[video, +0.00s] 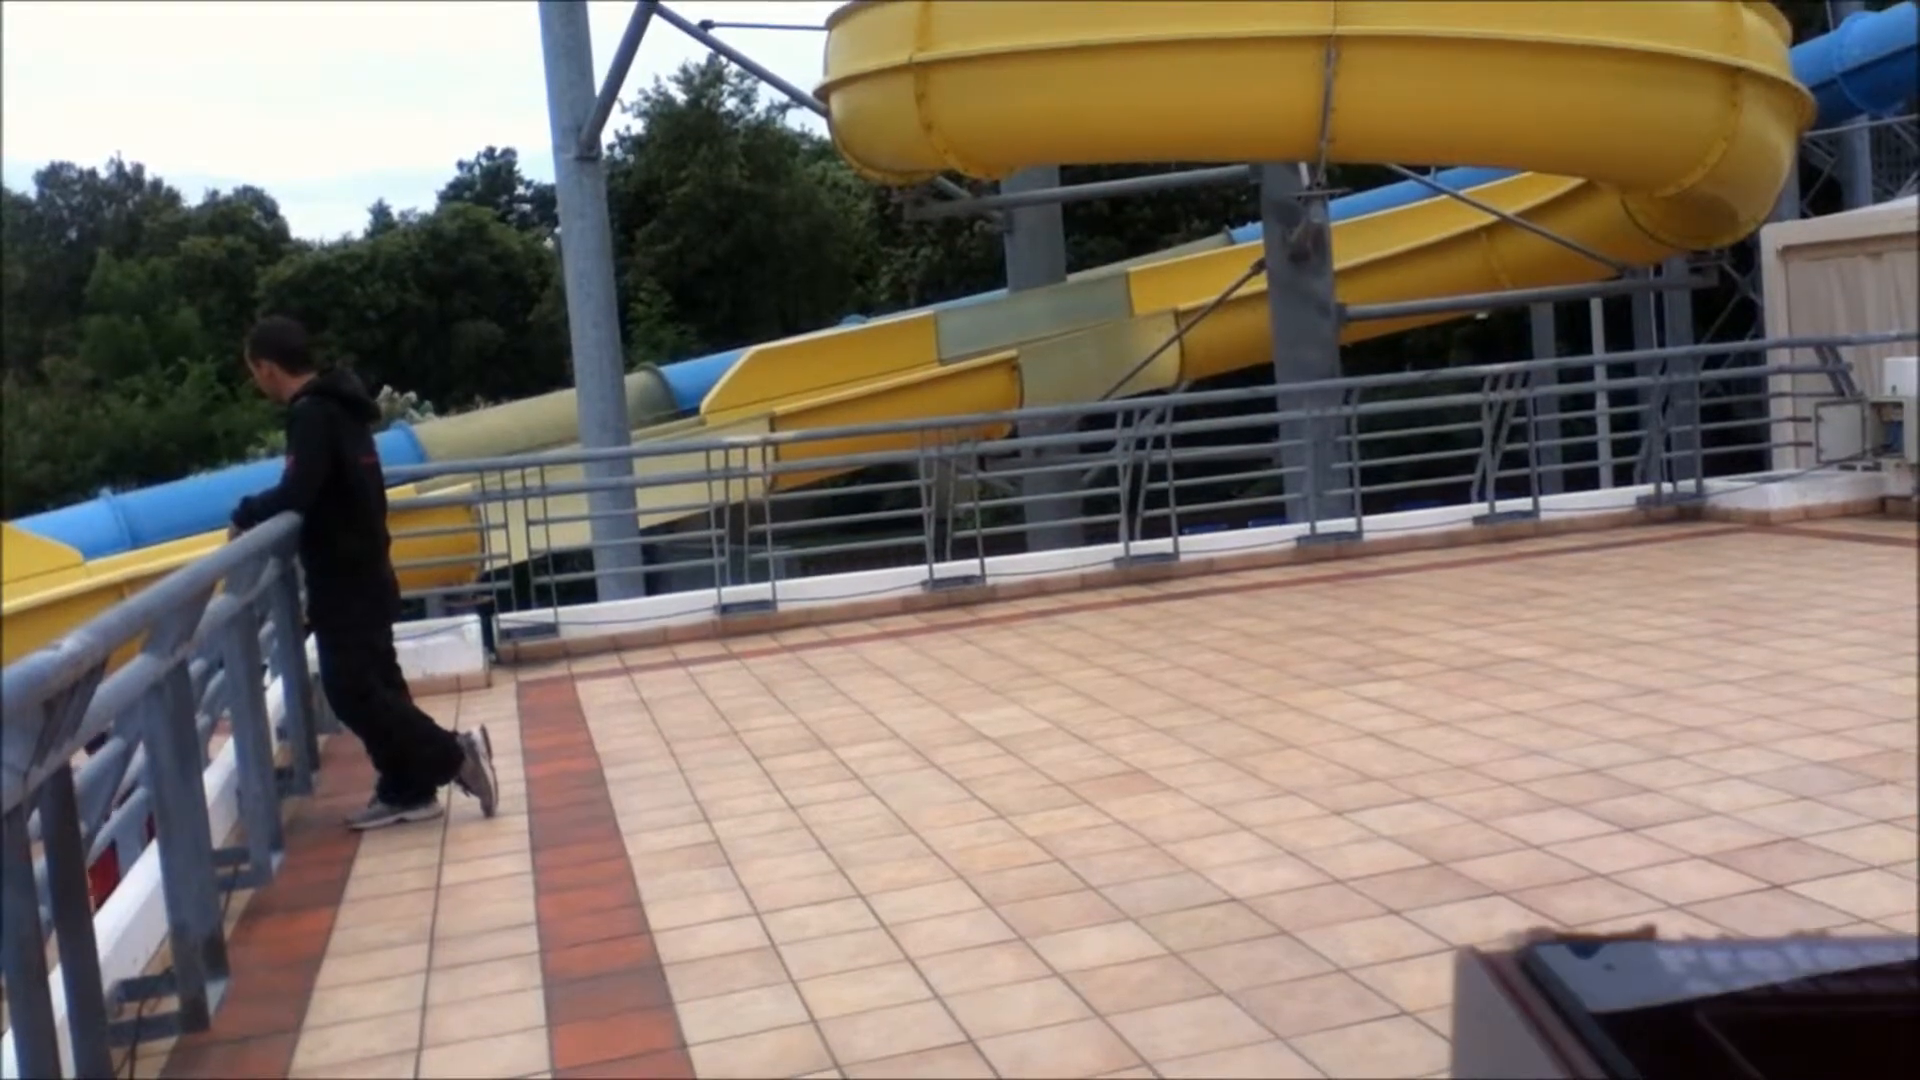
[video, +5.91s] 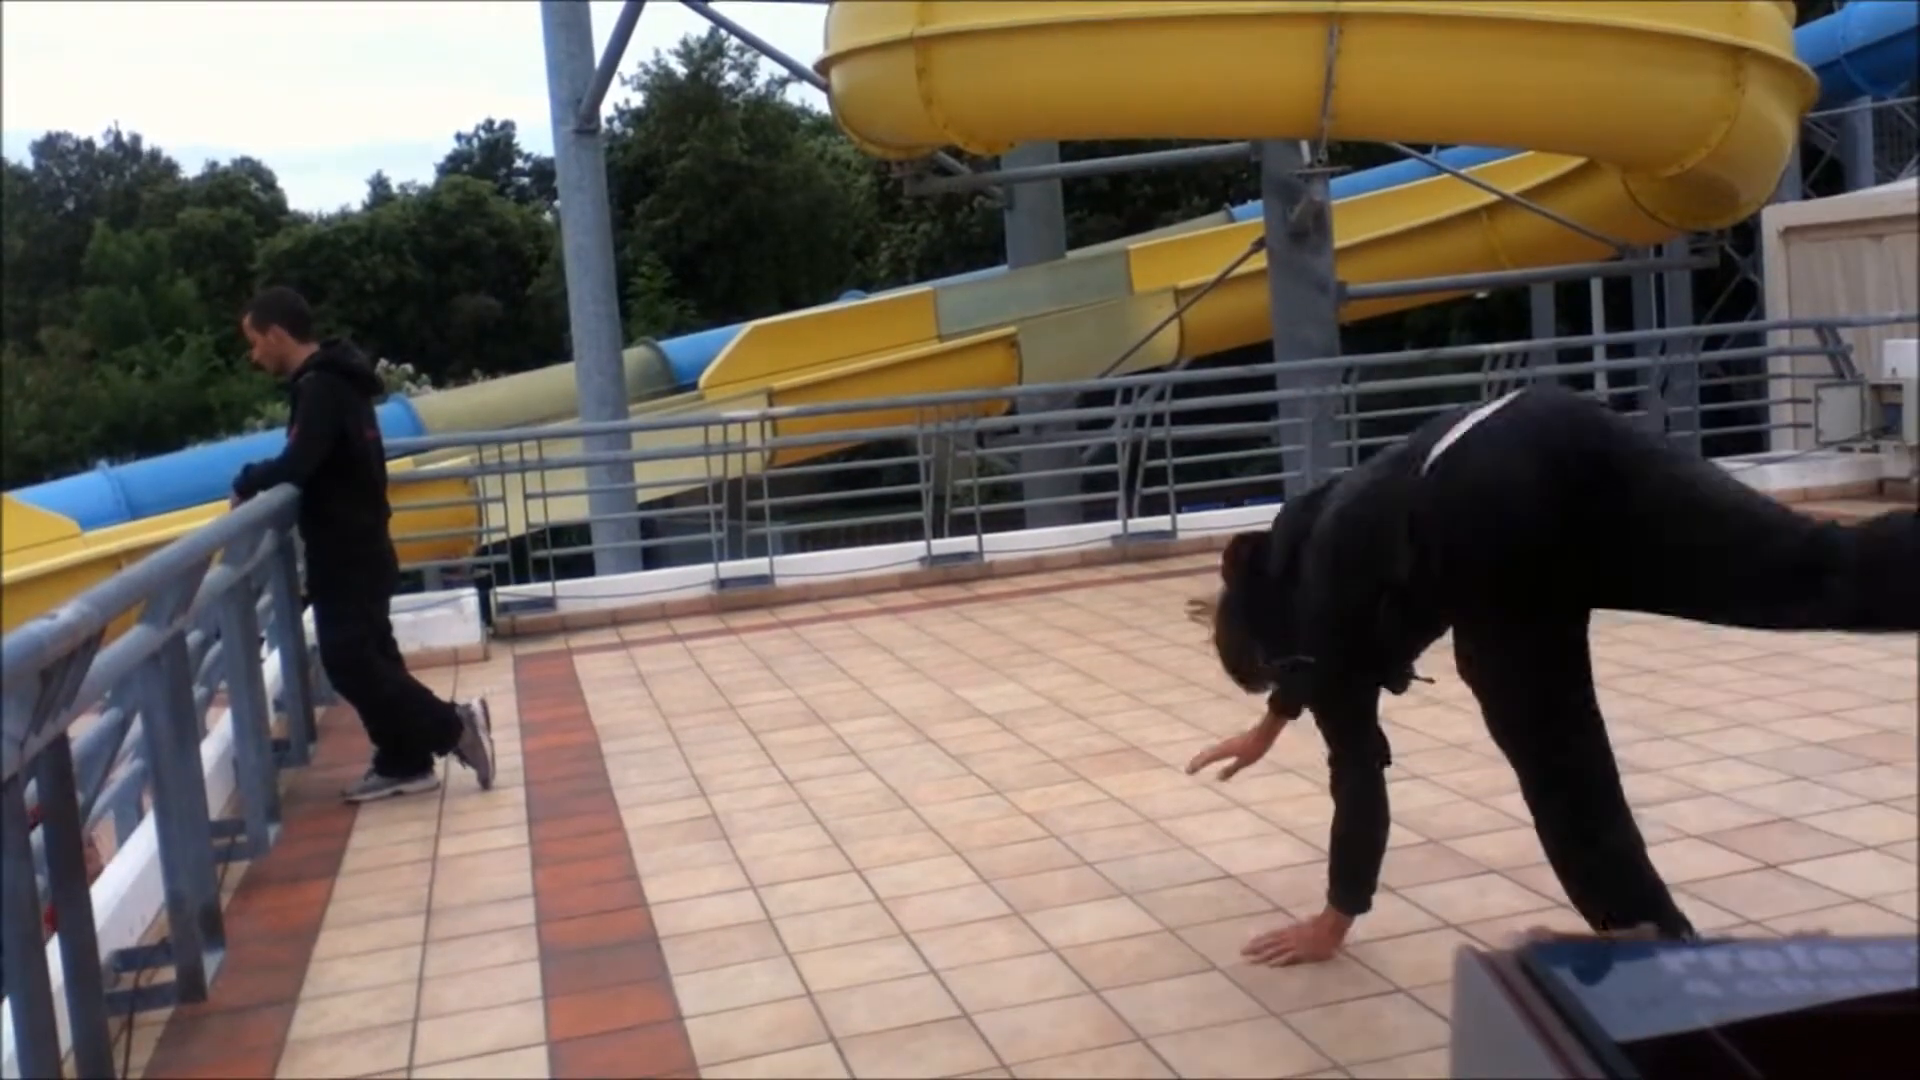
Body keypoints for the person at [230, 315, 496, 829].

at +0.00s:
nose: (256, 381)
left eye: (255, 371)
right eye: (254, 372)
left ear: (270, 368)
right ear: (302, 357)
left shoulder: (311, 414)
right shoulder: (338, 403)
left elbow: (299, 494)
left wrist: (245, 514)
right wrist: (264, 513)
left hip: (343, 578)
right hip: (365, 572)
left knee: (349, 694)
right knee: (377, 680)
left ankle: (452, 755)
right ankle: (405, 792)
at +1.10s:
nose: (251, 391)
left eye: (255, 377)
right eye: (247, 381)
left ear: (290, 366)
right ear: (289, 371)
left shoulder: (317, 420)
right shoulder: (337, 409)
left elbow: (301, 502)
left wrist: (221, 511)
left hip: (350, 586)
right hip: (365, 579)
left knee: (354, 699)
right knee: (379, 687)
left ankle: (457, 763)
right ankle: (408, 798)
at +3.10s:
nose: (260, 396)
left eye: (262, 382)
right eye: (255, 386)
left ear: (291, 368)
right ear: (296, 372)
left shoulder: (321, 421)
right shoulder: (341, 412)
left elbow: (308, 500)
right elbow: (324, 498)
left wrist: (255, 515)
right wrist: (271, 514)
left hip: (345, 588)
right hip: (363, 582)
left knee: (350, 700)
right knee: (377, 688)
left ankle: (454, 763)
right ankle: (407, 800)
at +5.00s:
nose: (252, 366)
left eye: (254, 352)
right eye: (248, 355)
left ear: (283, 339)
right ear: (288, 342)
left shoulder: (318, 392)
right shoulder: (334, 382)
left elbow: (303, 471)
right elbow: (315, 467)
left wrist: (253, 486)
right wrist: (268, 483)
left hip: (343, 558)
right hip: (357, 553)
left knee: (346, 670)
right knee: (371, 659)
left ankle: (449, 734)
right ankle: (402, 769)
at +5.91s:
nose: (253, 356)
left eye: (254, 342)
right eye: (250, 345)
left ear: (280, 333)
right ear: (291, 334)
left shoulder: (319, 386)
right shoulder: (333, 376)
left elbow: (301, 463)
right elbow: (312, 462)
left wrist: (248, 482)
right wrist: (263, 480)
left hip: (346, 553)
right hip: (358, 548)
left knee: (347, 664)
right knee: (370, 654)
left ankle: (452, 727)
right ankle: (402, 764)